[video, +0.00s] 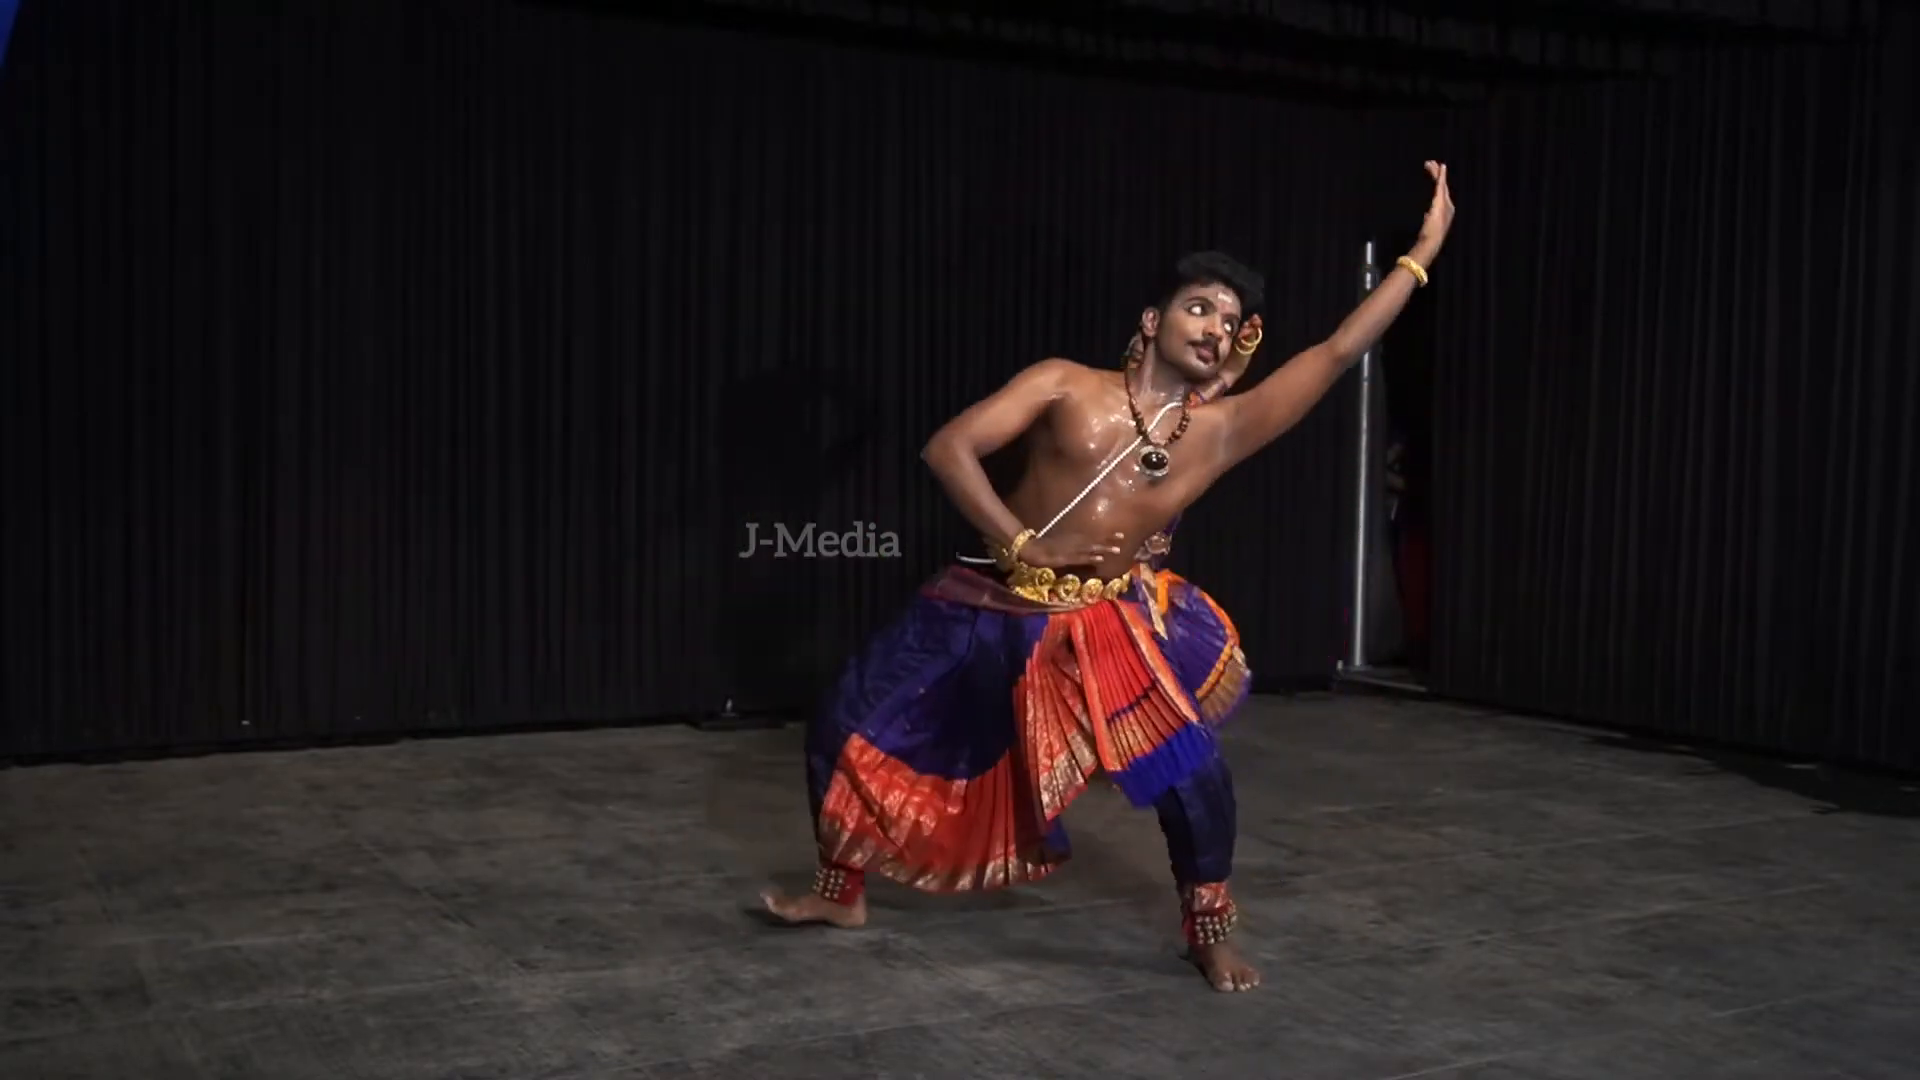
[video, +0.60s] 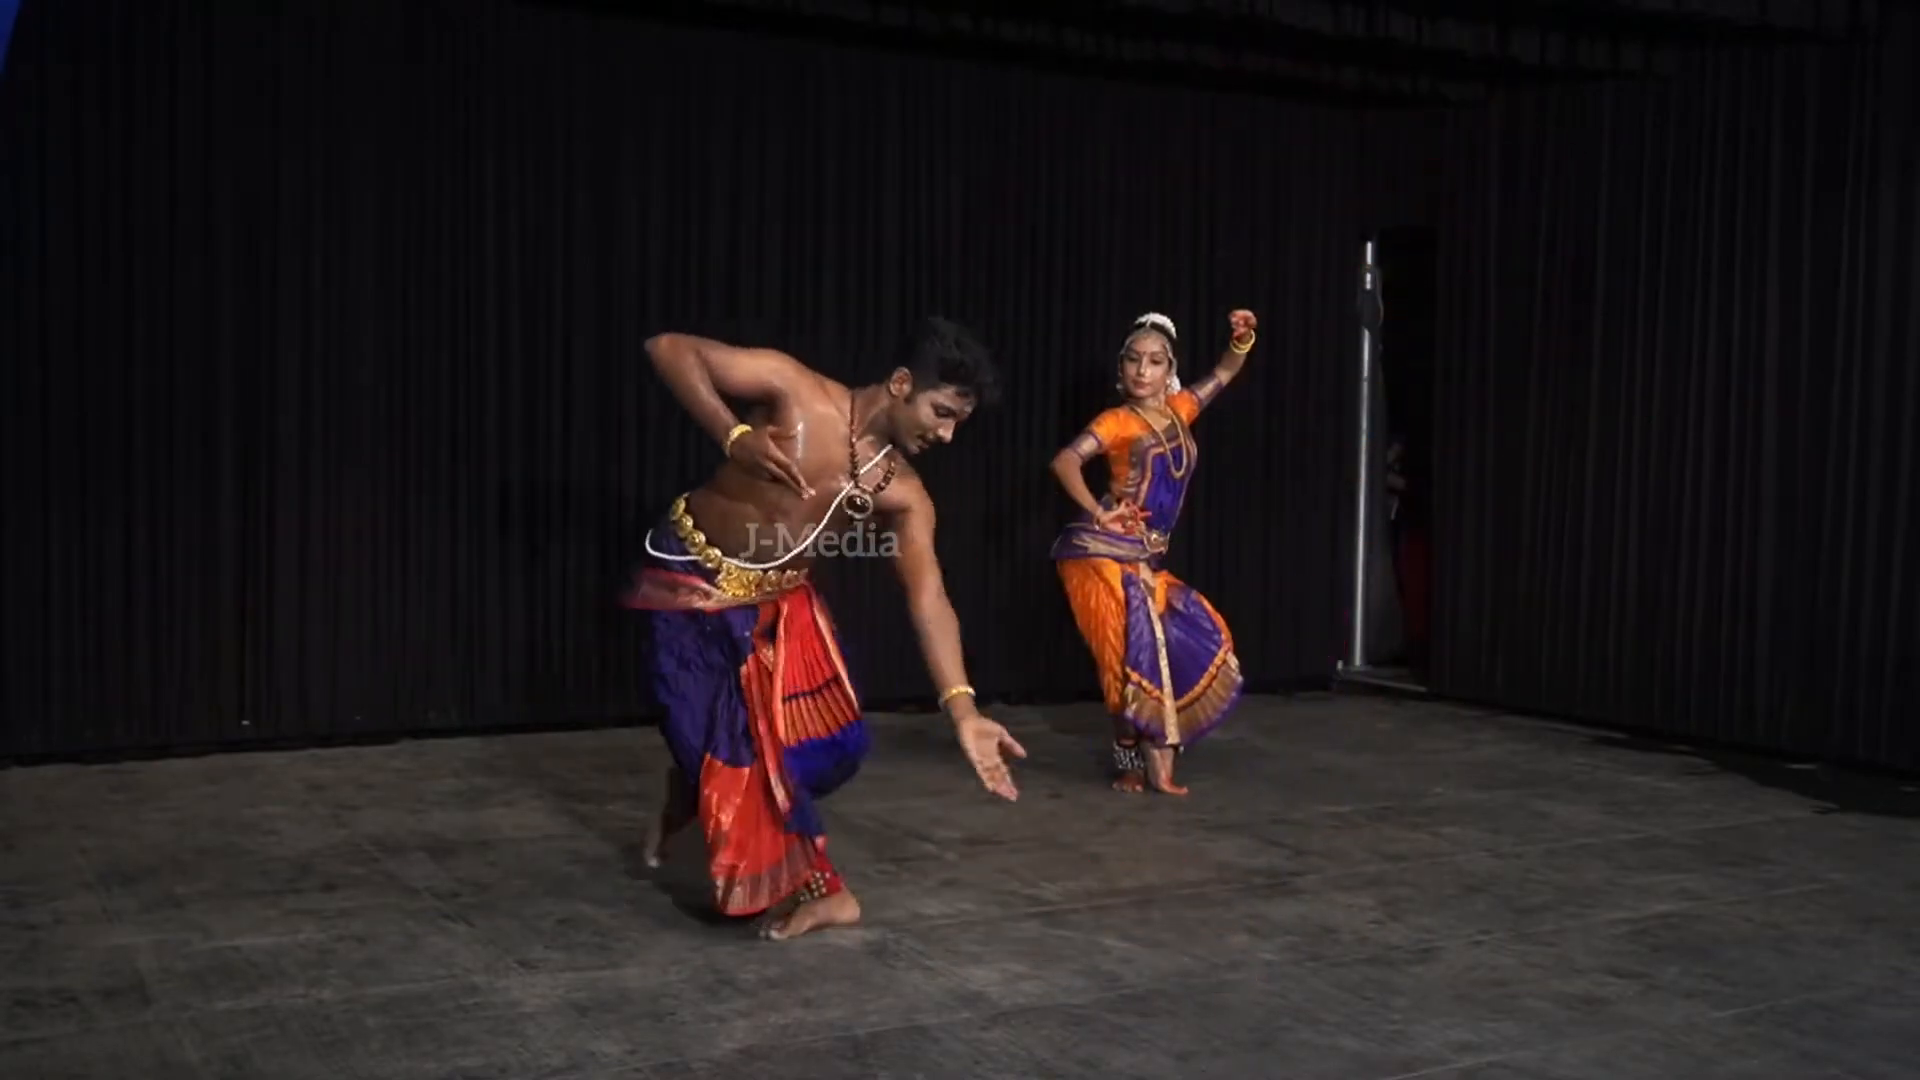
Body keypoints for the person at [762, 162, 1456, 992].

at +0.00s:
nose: (1217, 328)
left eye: (1231, 322)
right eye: (1202, 309)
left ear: (1236, 351)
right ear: (1151, 322)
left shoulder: (1220, 431)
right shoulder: (1063, 387)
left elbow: (1336, 350)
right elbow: (947, 449)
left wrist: (1419, 258)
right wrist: (1017, 541)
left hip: (1113, 621)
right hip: (997, 603)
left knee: (1197, 768)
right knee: (851, 714)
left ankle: (1210, 928)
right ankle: (838, 886)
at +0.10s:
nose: (1178, 359)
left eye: (1192, 349)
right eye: (1167, 337)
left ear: (1193, 367)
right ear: (1119, 335)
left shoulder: (1166, 450)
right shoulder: (1015, 388)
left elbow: (1295, 409)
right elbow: (885, 416)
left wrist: (1411, 351)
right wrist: (950, 505)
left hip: (1039, 617)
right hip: (929, 595)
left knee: (1130, 748)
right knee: (798, 726)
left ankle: (1198, 922)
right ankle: (836, 892)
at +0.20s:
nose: (1129, 381)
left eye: (1141, 374)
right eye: (1119, 359)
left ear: (1136, 392)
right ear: (1066, 352)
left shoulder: (1090, 471)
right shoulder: (956, 387)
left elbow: (1229, 468)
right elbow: (827, 378)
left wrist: (1360, 460)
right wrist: (887, 463)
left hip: (953, 618)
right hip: (846, 592)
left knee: (1056, 749)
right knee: (754, 743)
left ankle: (1153, 904)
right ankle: (824, 885)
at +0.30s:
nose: (1073, 405)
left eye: (1084, 397)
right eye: (1066, 385)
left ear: (1078, 406)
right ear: (1016, 369)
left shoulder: (1036, 489)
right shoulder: (911, 392)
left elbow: (1159, 526)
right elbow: (779, 354)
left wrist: (1286, 556)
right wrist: (835, 441)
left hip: (897, 607)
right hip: (795, 587)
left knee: (997, 734)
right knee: (747, 745)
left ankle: (1090, 896)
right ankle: (821, 888)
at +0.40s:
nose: (1027, 426)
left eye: (1038, 416)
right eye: (1021, 405)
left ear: (1032, 422)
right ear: (973, 381)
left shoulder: (982, 500)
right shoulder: (867, 392)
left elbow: (1085, 570)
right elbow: (739, 345)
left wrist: (1198, 640)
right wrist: (798, 431)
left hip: (851, 601)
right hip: (752, 584)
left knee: (952, 716)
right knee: (723, 750)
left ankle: (970, 882)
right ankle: (821, 894)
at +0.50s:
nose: (984, 438)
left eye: (995, 426)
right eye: (979, 416)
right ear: (937, 387)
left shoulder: (940, 505)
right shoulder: (826, 392)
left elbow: (1009, 601)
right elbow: (705, 346)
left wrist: (1086, 700)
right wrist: (763, 433)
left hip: (811, 600)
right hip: (718, 586)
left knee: (892, 732)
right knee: (734, 760)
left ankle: (776, 842)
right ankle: (823, 896)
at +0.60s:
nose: (946, 433)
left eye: (957, 422)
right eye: (941, 413)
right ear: (899, 384)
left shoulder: (905, 496)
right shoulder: (793, 388)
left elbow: (929, 601)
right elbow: (670, 349)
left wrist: (963, 708)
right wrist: (731, 434)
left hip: (778, 595)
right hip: (692, 573)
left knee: (836, 744)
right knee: (723, 744)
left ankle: (687, 799)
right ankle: (820, 889)